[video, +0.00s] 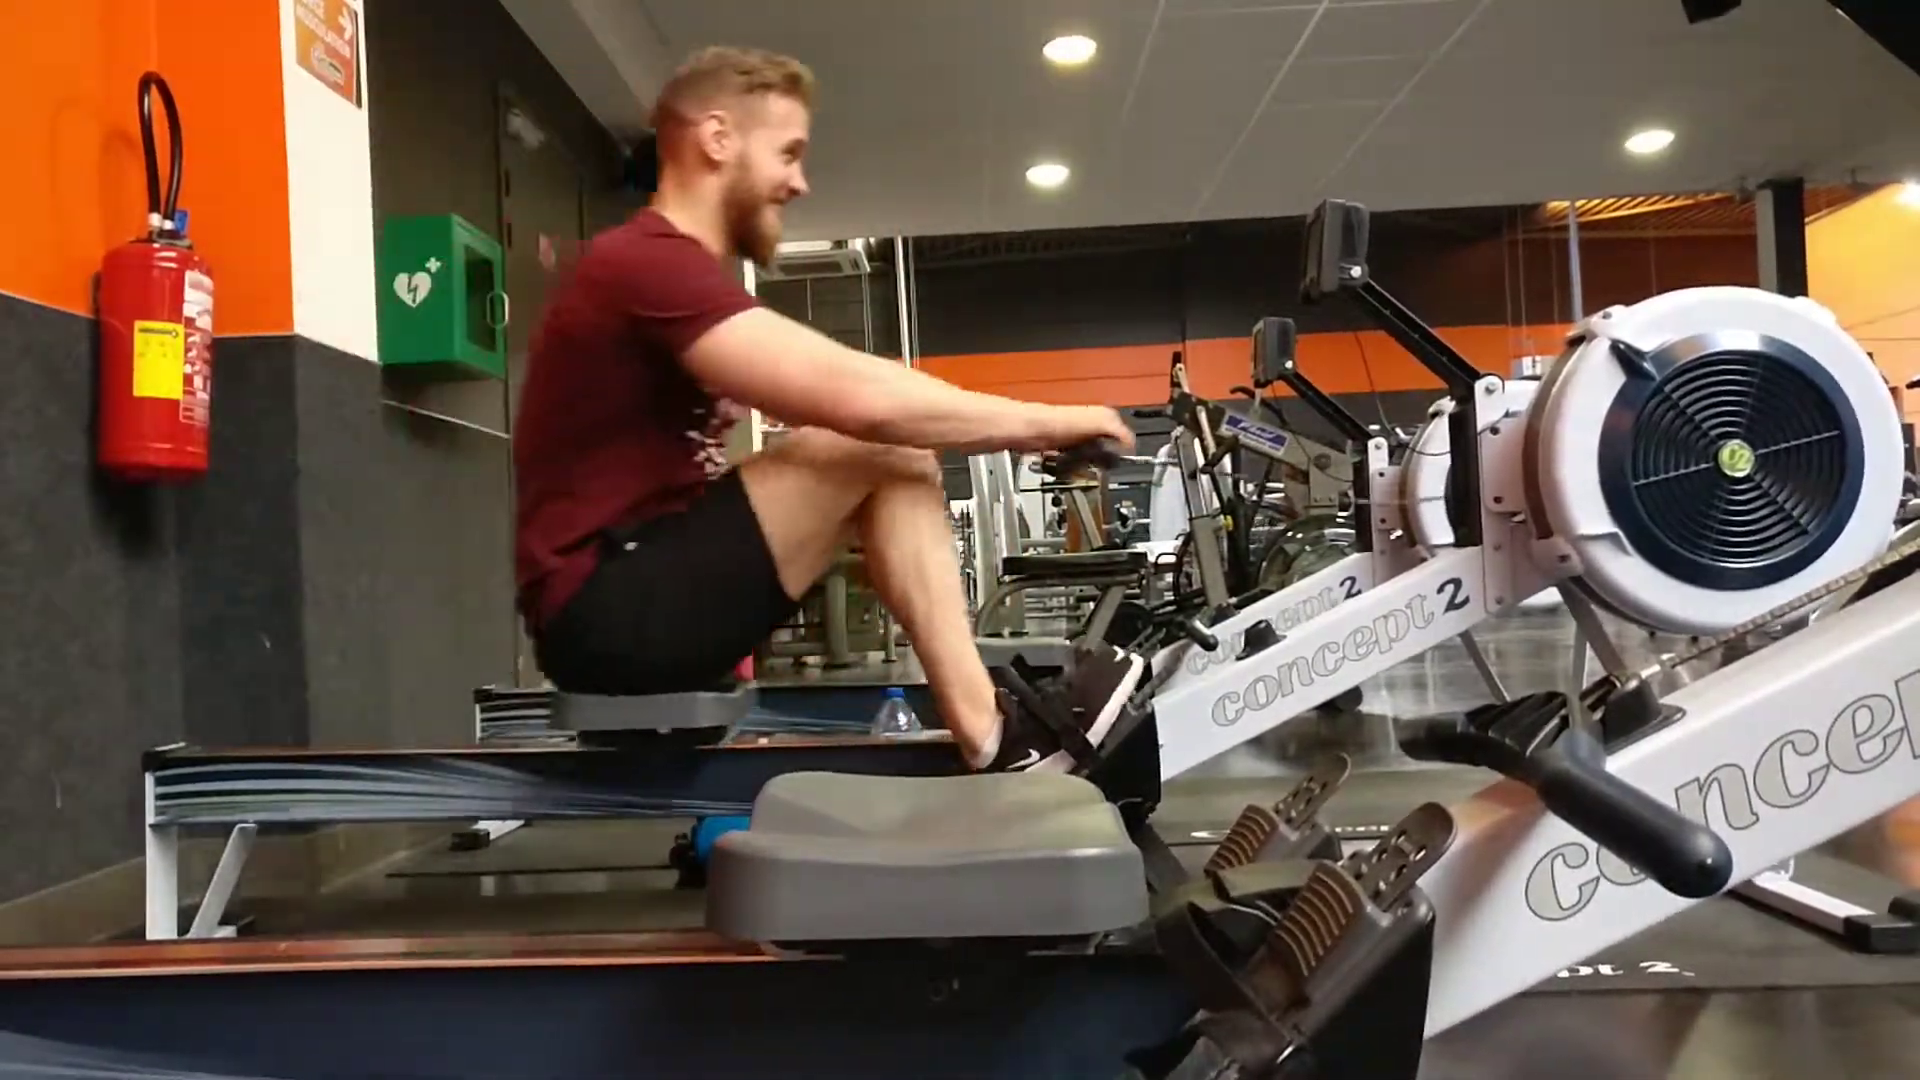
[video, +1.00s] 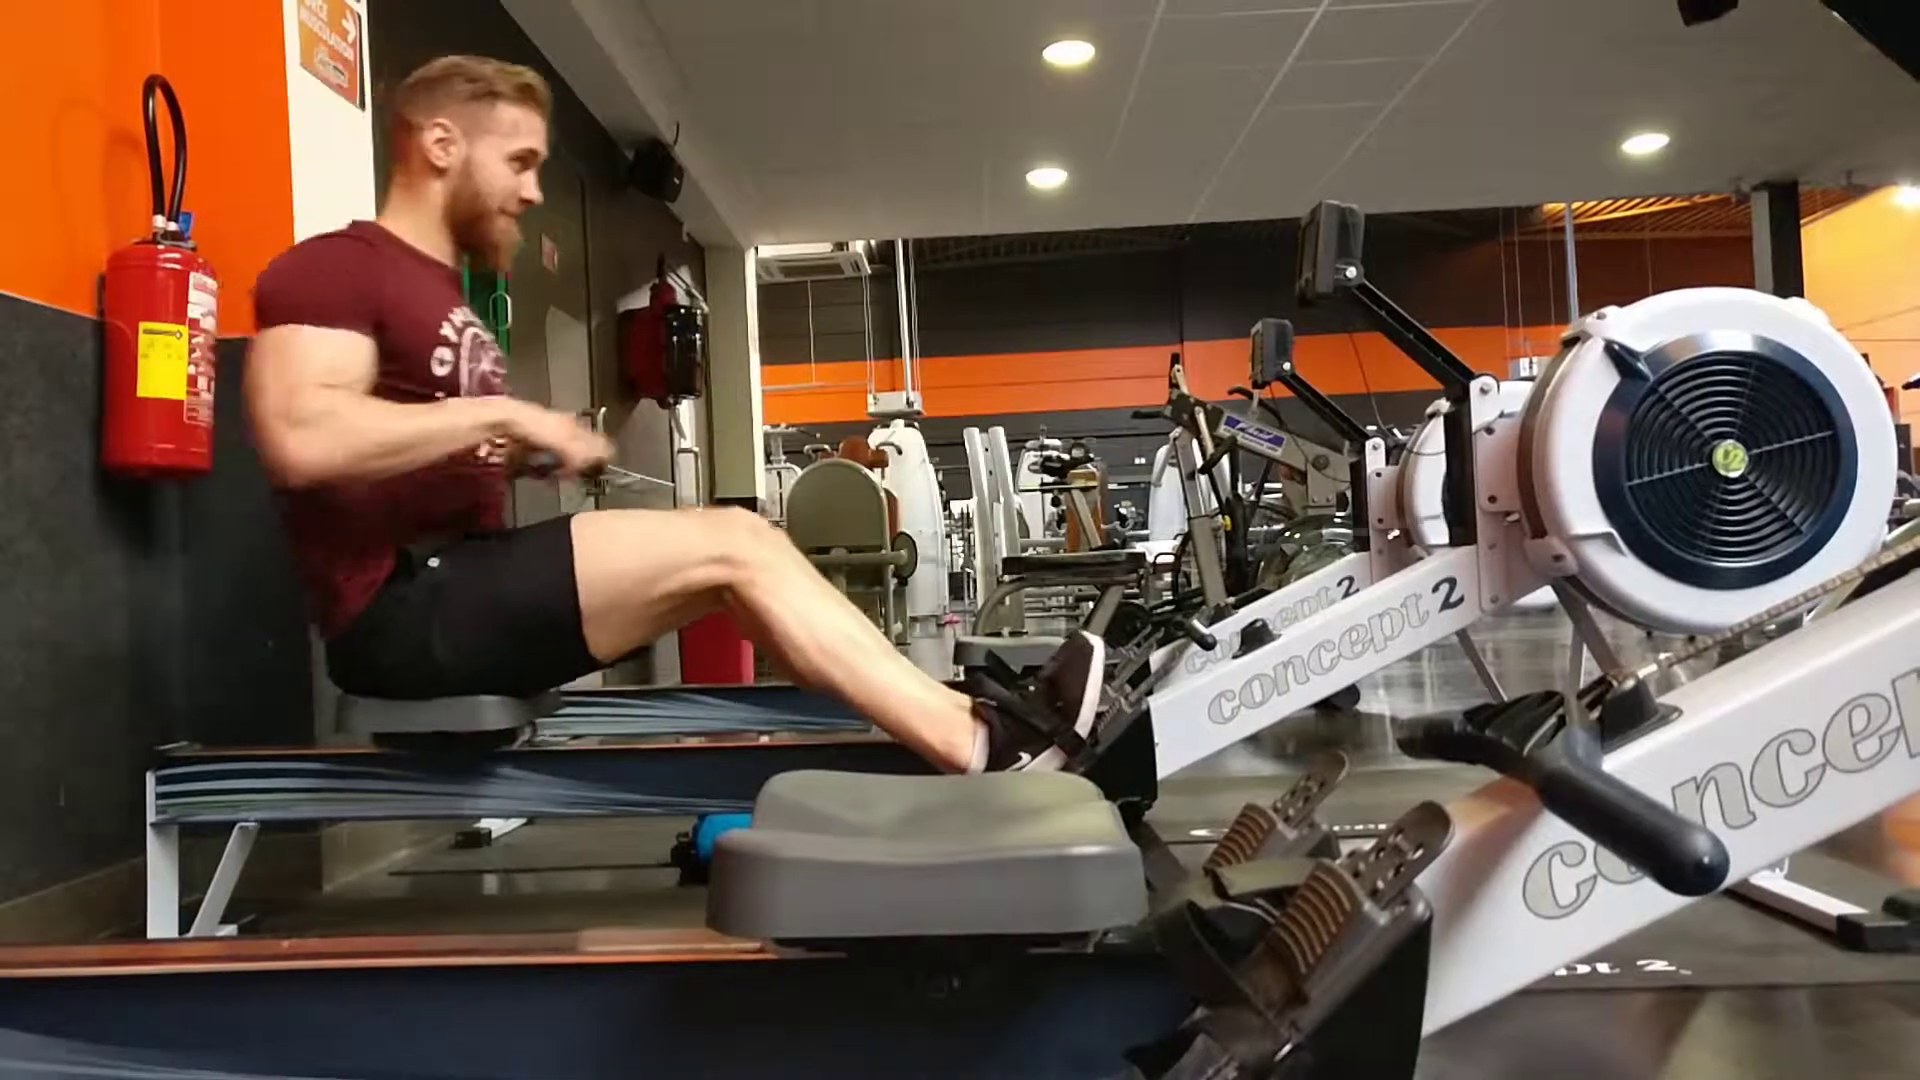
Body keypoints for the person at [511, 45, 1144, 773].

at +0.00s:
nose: (800, 183)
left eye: (802, 160)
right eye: (788, 153)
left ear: (716, 145)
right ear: (714, 138)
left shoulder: (667, 269)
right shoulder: (646, 266)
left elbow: (847, 392)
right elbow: (855, 397)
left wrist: (1026, 422)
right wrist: (1034, 422)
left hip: (630, 604)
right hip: (611, 615)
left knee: (872, 444)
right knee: (889, 452)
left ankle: (976, 716)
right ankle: (983, 731)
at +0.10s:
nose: (887, 181)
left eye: (888, 159)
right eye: (875, 152)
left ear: (805, 145)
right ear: (803, 139)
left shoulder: (755, 264)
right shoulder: (751, 261)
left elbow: (960, 400)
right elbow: (968, 396)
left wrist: (1136, 455)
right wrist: (1154, 450)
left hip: (686, 608)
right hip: (679, 614)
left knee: (932, 430)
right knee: (930, 431)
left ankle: (987, 709)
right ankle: (985, 723)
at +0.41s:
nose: (851, 156)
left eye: (845, 131)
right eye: (834, 128)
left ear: (759, 128)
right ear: (760, 124)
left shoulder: (735, 260)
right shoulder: (713, 255)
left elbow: (917, 386)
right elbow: (921, 383)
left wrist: (1106, 422)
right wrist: (1116, 422)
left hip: (704, 600)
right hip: (691, 609)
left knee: (934, 427)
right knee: (932, 427)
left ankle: (992, 700)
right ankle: (992, 717)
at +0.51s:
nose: (704, 144)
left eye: (700, 120)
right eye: (684, 115)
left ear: (618, 122)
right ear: (607, 119)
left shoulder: (639, 264)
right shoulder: (564, 249)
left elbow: (759, 385)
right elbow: (746, 383)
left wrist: (930, 403)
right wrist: (942, 399)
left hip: (638, 595)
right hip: (600, 603)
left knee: (887, 448)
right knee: (884, 452)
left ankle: (989, 718)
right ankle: (994, 737)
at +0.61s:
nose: (562, 141)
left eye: (558, 119)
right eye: (541, 115)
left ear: (474, 122)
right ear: (458, 119)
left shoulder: (517, 271)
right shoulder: (428, 261)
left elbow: (650, 396)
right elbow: (592, 406)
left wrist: (812, 423)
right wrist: (801, 421)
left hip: (557, 588)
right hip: (510, 605)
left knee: (825, 475)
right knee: (818, 478)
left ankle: (988, 717)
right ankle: (989, 733)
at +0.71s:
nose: (435, 170)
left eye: (436, 149)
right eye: (415, 141)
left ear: (362, 147)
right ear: (329, 140)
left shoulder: (406, 295)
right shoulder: (287, 282)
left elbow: (507, 451)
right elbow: (397, 431)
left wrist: (626, 419)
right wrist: (609, 407)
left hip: (496, 580)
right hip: (437, 606)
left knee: (766, 524)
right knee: (759, 525)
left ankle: (989, 721)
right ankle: (992, 745)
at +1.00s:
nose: (535, 192)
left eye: (539, 170)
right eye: (521, 162)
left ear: (453, 154)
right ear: (435, 142)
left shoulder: (450, 298)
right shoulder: (336, 272)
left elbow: (442, 473)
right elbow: (303, 442)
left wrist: (528, 445)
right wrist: (498, 418)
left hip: (461, 597)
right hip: (400, 615)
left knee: (746, 538)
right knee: (739, 539)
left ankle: (968, 733)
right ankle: (966, 744)